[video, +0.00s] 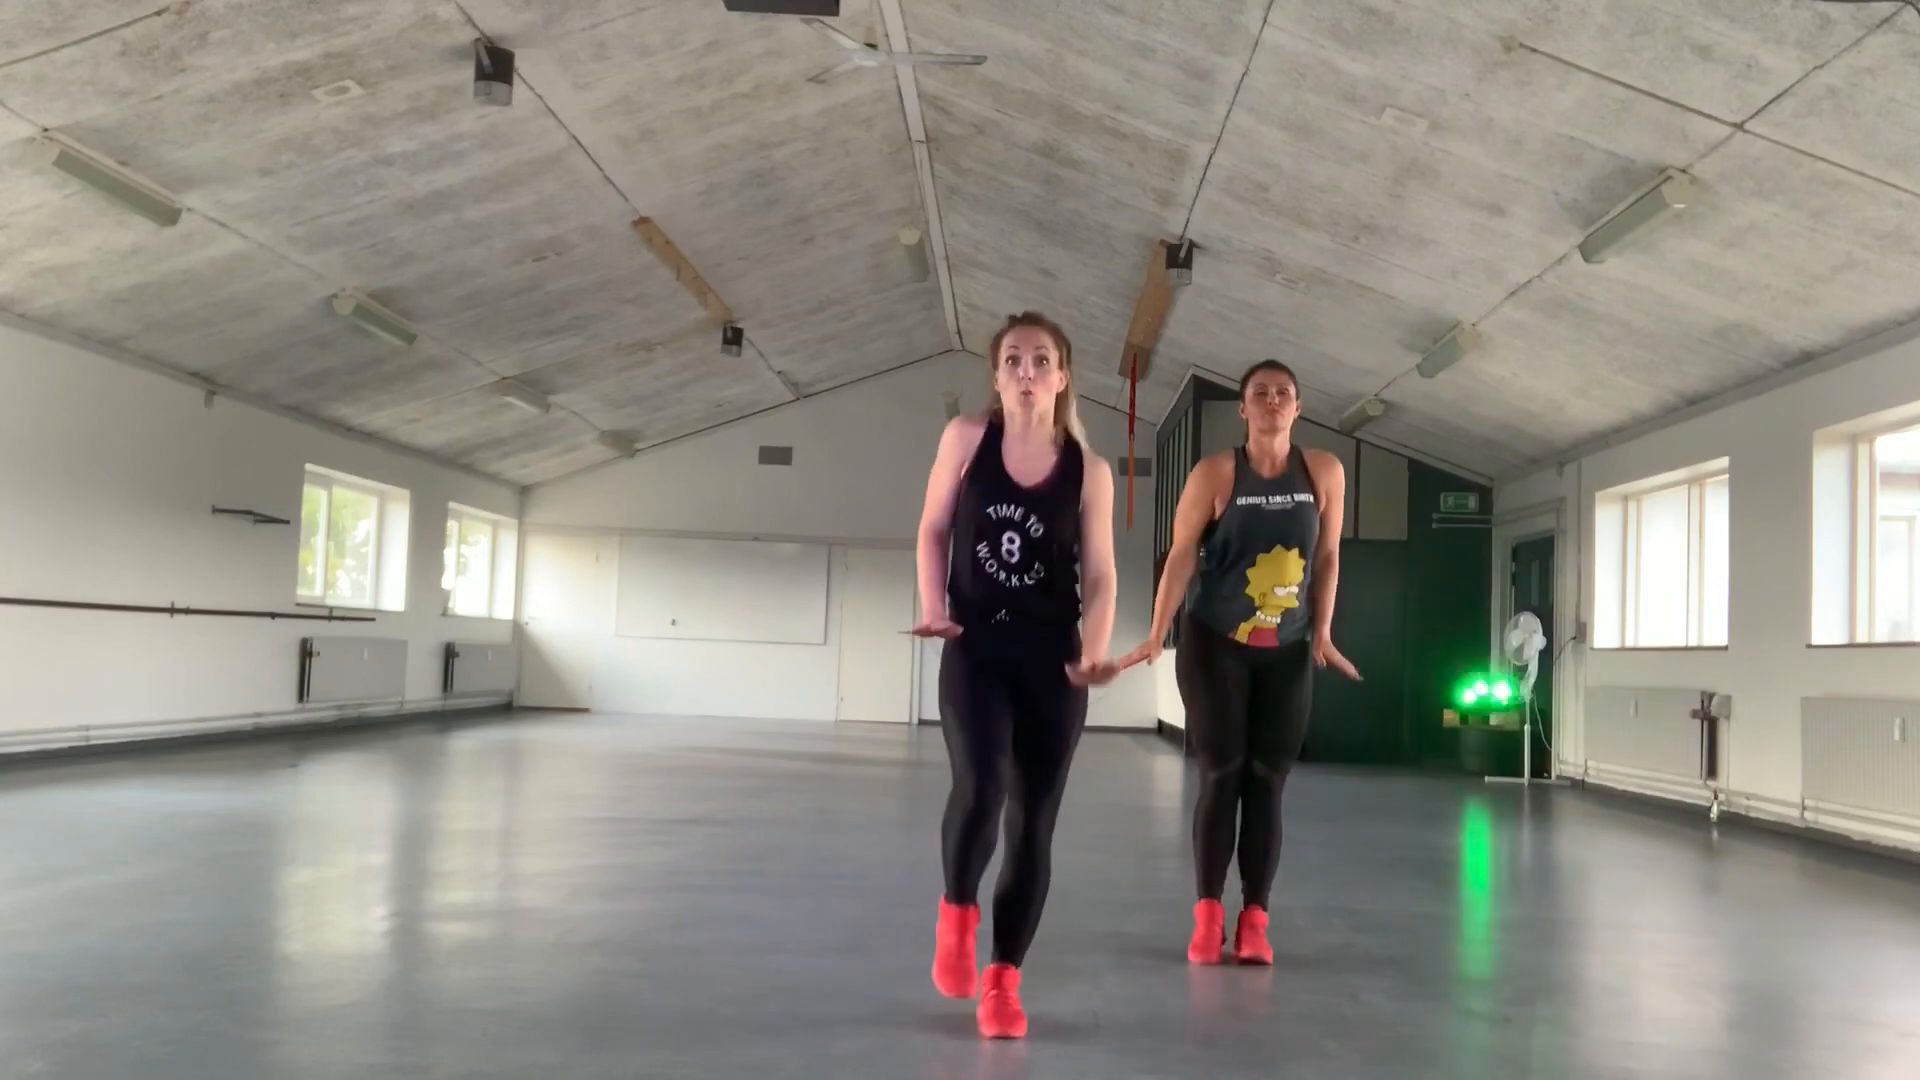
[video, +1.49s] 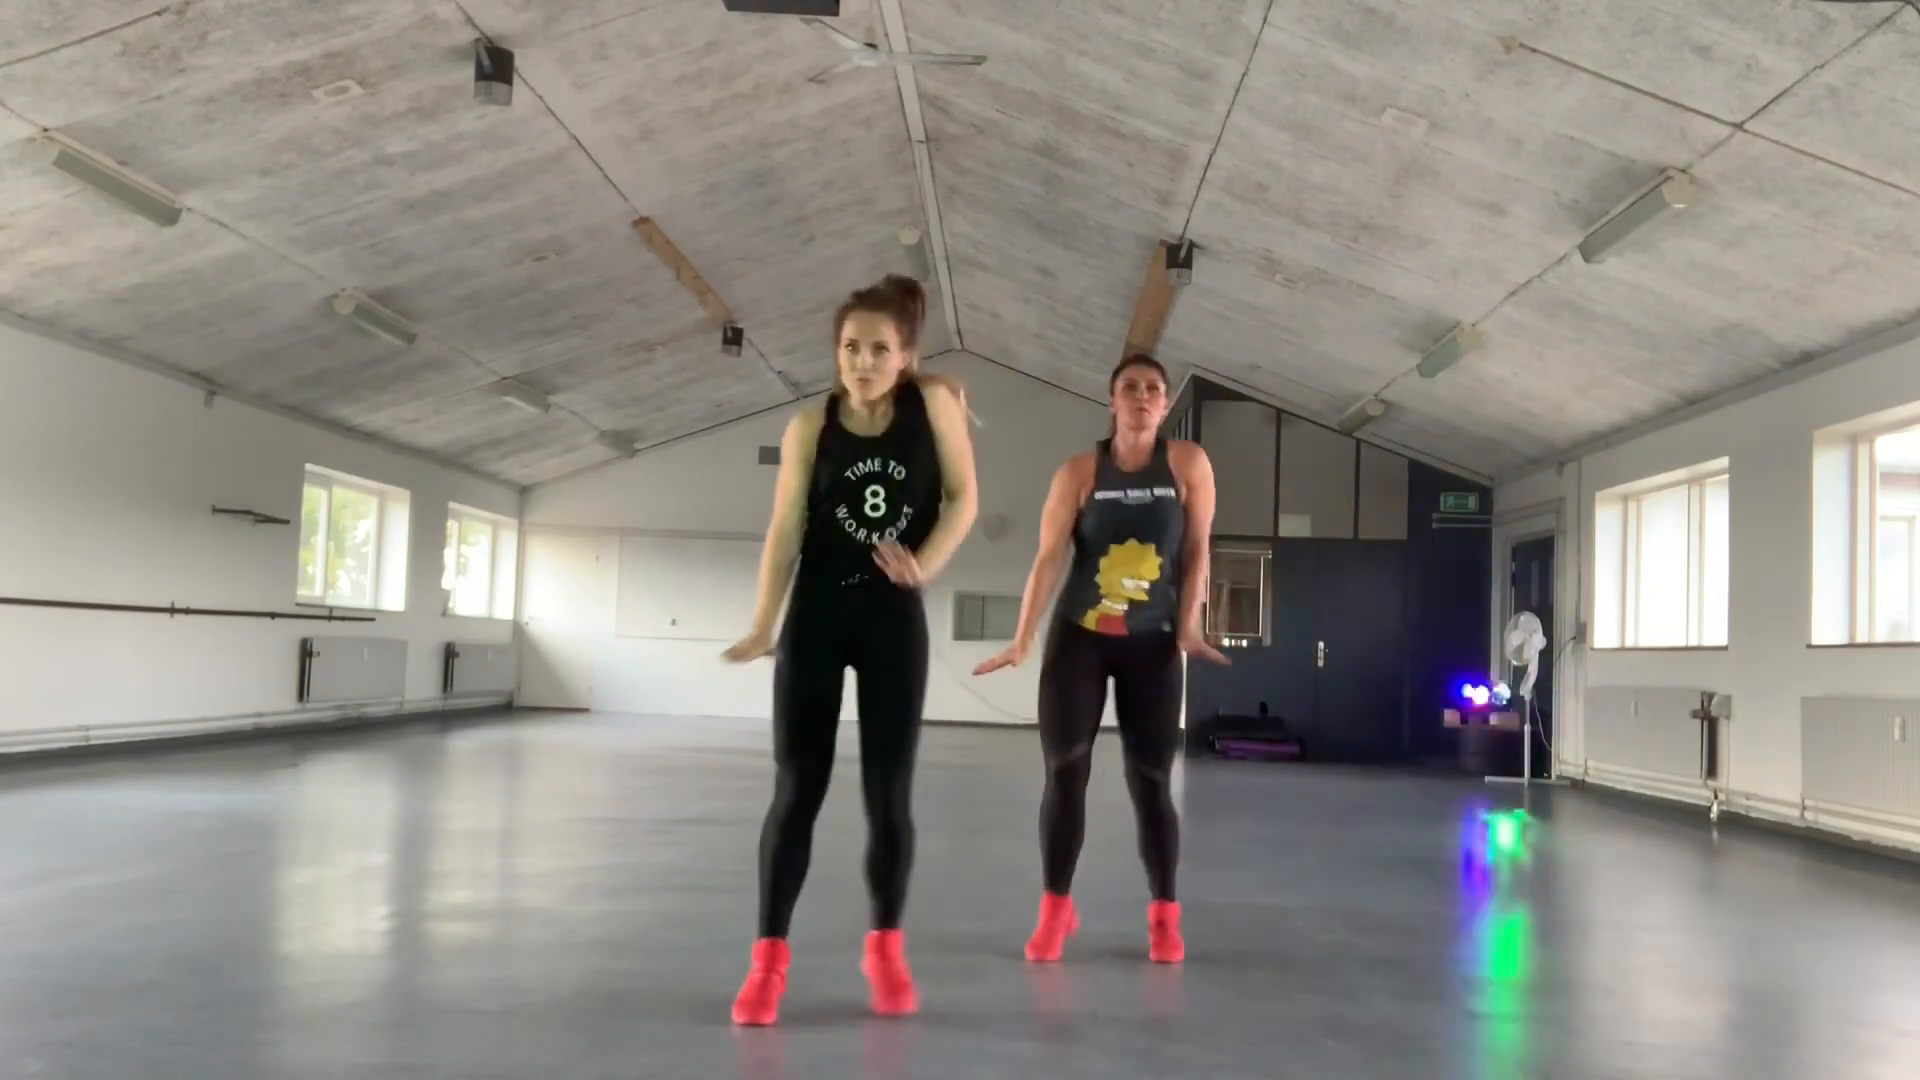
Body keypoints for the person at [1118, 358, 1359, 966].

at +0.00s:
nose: (1273, 402)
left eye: (1282, 394)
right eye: (1261, 393)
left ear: (1297, 407)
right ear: (1242, 407)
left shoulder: (1324, 471)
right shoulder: (1213, 474)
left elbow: (1328, 556)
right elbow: (1180, 558)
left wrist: (1322, 634)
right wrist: (1155, 636)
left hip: (1288, 649)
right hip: (1215, 644)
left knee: (1266, 781)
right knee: (1222, 775)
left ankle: (1255, 917)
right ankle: (1209, 910)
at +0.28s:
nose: (1283, 423)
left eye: (1293, 415)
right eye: (1271, 415)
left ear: (1306, 430)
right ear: (1252, 428)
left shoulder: (1324, 514)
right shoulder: (1214, 494)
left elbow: (1331, 607)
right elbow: (1175, 566)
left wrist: (1339, 689)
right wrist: (1164, 635)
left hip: (1291, 666)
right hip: (1218, 660)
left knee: (1275, 792)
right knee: (1222, 749)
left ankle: (1256, 921)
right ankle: (1210, 867)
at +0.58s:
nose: (1287, 402)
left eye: (1296, 394)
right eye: (1275, 393)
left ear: (1308, 410)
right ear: (1253, 407)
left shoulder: (1330, 484)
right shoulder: (1217, 477)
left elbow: (1328, 561)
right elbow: (1180, 556)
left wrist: (1318, 617)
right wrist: (1173, 623)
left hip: (1287, 651)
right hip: (1213, 647)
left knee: (1272, 778)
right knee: (1221, 776)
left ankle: (1266, 914)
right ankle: (1215, 907)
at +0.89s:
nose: (1272, 444)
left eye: (1282, 437)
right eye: (1260, 436)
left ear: (1294, 456)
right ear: (1239, 451)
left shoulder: (1298, 544)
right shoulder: (1199, 493)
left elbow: (1311, 636)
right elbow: (1147, 545)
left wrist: (1326, 721)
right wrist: (1159, 612)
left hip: (1269, 671)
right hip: (1199, 656)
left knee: (1278, 798)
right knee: (1215, 688)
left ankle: (1284, 921)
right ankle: (1198, 796)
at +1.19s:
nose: (1209, 405)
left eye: (1220, 397)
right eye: (1198, 396)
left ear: (1234, 413)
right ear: (1177, 408)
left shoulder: (1254, 481)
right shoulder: (1140, 478)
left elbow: (1264, 566)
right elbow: (1110, 560)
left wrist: (1263, 647)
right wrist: (1083, 640)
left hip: (1214, 648)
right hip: (1142, 643)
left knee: (1202, 776)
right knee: (1145, 769)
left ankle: (1202, 907)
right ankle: (1143, 897)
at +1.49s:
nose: (1142, 399)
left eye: (1152, 390)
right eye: (1131, 389)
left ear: (1167, 403)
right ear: (1111, 400)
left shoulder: (1190, 464)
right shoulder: (1076, 473)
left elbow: (1197, 553)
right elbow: (1049, 558)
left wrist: (1188, 629)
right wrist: (1021, 640)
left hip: (1153, 647)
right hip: (1079, 642)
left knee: (1151, 780)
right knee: (1066, 770)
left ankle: (1164, 911)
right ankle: (1055, 903)